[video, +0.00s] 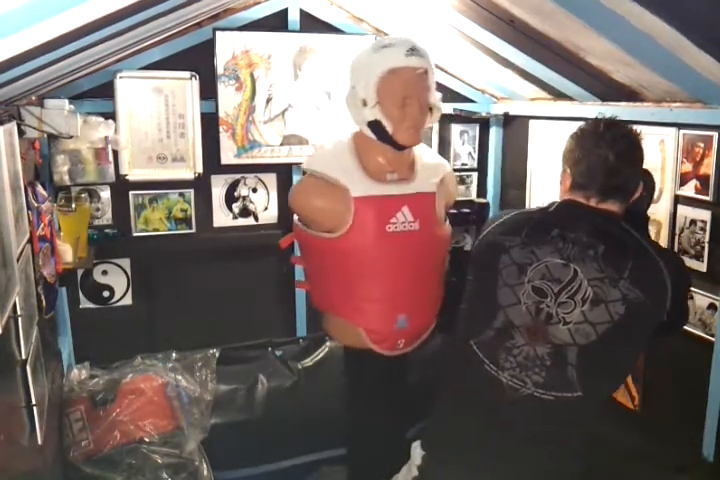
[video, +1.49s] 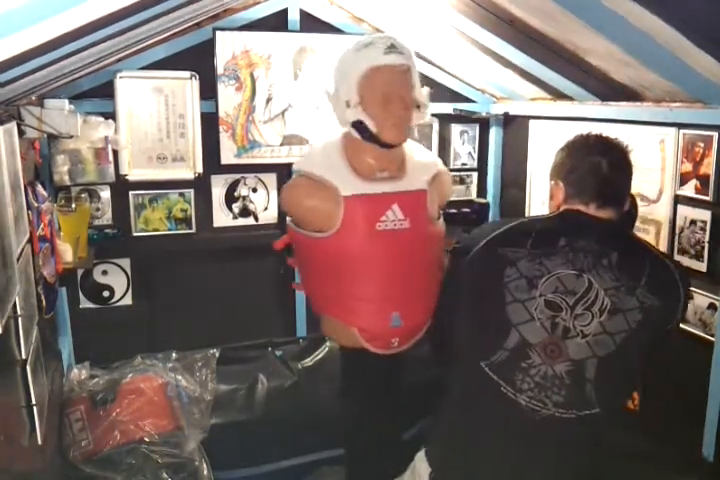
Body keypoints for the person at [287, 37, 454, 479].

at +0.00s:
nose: (419, 110)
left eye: (424, 99)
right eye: (404, 99)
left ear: (432, 103)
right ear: (365, 102)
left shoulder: (439, 176)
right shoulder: (325, 180)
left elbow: (439, 257)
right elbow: (320, 279)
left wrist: (426, 311)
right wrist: (362, 324)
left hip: (426, 347)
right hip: (361, 358)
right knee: (375, 466)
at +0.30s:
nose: (418, 111)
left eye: (423, 100)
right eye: (404, 100)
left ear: (431, 104)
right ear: (364, 102)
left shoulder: (440, 178)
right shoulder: (325, 183)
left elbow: (438, 256)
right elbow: (320, 281)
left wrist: (424, 308)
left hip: (426, 346)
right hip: (362, 357)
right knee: (375, 465)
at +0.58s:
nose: (423, 111)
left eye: (427, 99)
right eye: (407, 99)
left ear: (435, 103)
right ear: (368, 103)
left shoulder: (440, 177)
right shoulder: (326, 184)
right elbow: (321, 285)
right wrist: (355, 322)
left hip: (429, 348)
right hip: (364, 358)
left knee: (428, 454)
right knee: (371, 460)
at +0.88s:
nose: (442, 102)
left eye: (441, 89)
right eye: (427, 89)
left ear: (442, 99)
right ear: (392, 98)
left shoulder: (456, 179)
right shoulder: (336, 179)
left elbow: (469, 264)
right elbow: (328, 276)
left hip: (438, 355)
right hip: (368, 359)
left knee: (440, 460)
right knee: (373, 465)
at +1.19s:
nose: (408, 102)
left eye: (409, 89)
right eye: (392, 91)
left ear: (417, 97)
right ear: (357, 100)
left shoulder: (434, 175)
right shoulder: (312, 182)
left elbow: (439, 257)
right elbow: (314, 274)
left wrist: (424, 309)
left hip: (421, 350)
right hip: (352, 360)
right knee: (369, 466)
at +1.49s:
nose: (403, 109)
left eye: (407, 96)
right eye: (387, 97)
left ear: (416, 101)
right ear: (351, 102)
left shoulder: (433, 176)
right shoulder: (313, 186)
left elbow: (436, 245)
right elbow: (318, 277)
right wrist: (352, 326)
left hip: (421, 344)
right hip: (355, 355)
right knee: (369, 464)